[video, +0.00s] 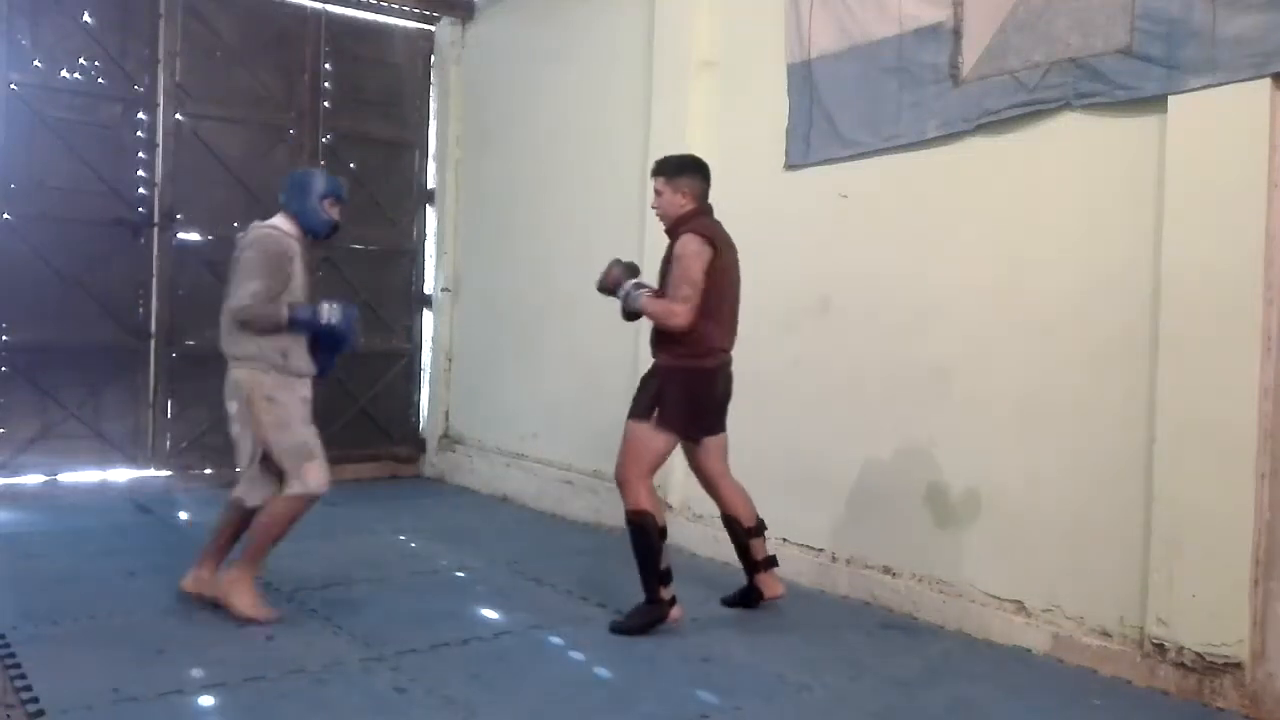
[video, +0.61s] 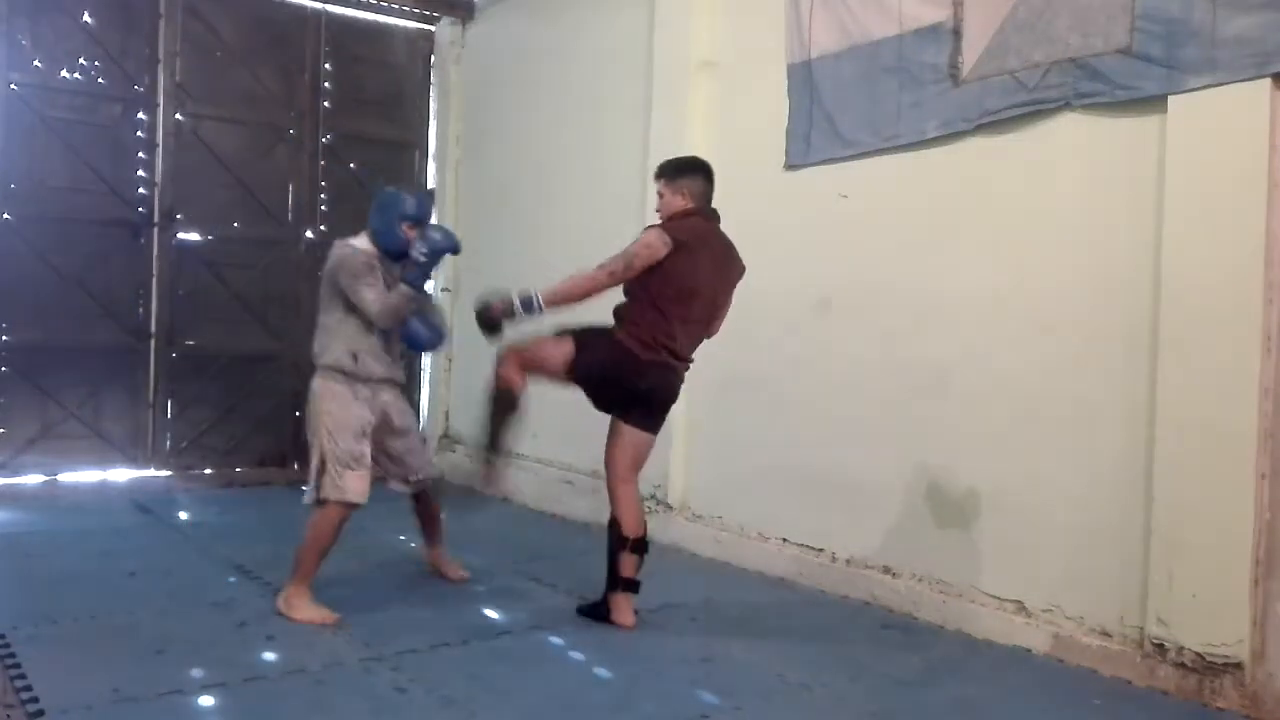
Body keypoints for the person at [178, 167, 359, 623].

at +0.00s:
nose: (336, 215)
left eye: (339, 206)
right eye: (330, 203)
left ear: (306, 203)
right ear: (304, 200)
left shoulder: (288, 246)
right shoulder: (269, 241)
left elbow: (270, 319)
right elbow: (246, 312)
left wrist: (318, 342)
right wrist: (309, 314)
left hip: (271, 379)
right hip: (263, 380)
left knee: (260, 482)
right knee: (309, 480)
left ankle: (204, 572)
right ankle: (239, 578)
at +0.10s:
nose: (355, 208)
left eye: (357, 199)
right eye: (350, 196)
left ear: (332, 196)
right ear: (325, 193)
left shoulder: (314, 240)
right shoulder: (283, 226)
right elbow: (250, 289)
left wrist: (342, 304)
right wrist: (317, 286)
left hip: (297, 363)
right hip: (278, 364)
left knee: (265, 473)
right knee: (319, 474)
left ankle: (207, 567)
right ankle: (298, 583)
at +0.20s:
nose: (367, 214)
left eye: (369, 206)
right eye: (361, 203)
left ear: (352, 204)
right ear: (336, 199)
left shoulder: (328, 241)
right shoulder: (298, 227)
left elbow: (313, 313)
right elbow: (285, 291)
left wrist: (351, 333)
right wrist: (344, 259)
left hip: (311, 372)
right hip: (299, 373)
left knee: (281, 478)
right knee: (338, 482)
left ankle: (216, 563)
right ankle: (318, 591)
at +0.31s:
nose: (379, 225)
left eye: (383, 217)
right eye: (374, 213)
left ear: (362, 215)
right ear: (352, 208)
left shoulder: (338, 252)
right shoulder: (309, 246)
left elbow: (335, 322)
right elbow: (327, 309)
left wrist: (371, 344)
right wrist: (373, 271)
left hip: (334, 381)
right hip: (314, 382)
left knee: (323, 491)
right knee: (341, 488)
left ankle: (254, 548)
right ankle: (320, 594)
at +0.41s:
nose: (398, 219)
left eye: (401, 209)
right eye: (393, 207)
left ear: (385, 206)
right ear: (369, 203)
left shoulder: (366, 245)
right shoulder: (330, 238)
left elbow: (357, 305)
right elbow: (333, 307)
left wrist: (383, 332)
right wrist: (386, 278)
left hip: (359, 373)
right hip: (324, 373)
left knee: (373, 476)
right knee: (336, 485)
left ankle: (309, 544)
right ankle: (318, 591)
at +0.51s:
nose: (409, 217)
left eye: (413, 209)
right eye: (404, 206)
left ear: (406, 211)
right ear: (379, 203)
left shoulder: (387, 246)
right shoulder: (341, 236)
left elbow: (381, 311)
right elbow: (347, 305)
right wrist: (392, 271)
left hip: (372, 368)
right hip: (331, 368)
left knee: (400, 467)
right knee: (342, 479)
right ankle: (300, 584)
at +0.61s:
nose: (417, 236)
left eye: (421, 228)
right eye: (412, 225)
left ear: (414, 231)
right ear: (386, 222)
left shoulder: (398, 268)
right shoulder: (349, 255)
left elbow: (430, 329)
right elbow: (382, 313)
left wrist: (420, 332)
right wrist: (419, 269)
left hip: (386, 390)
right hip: (340, 387)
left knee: (421, 478)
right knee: (344, 490)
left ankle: (436, 554)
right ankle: (296, 591)